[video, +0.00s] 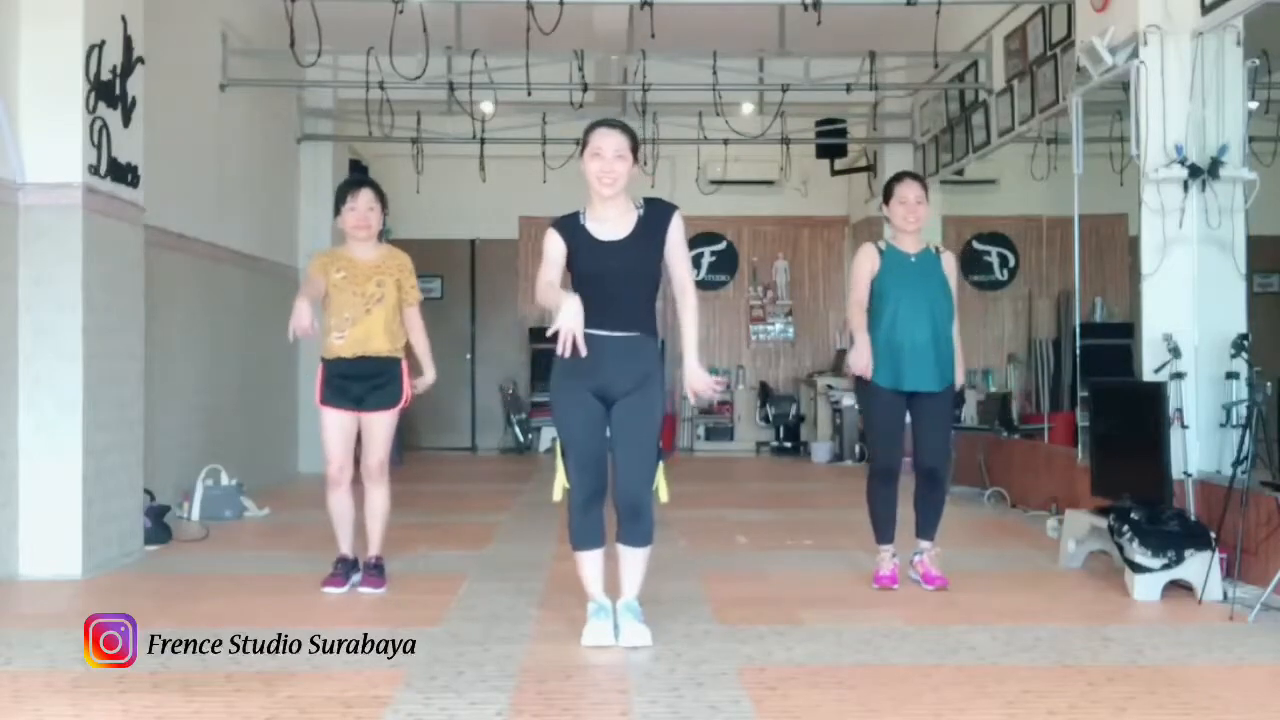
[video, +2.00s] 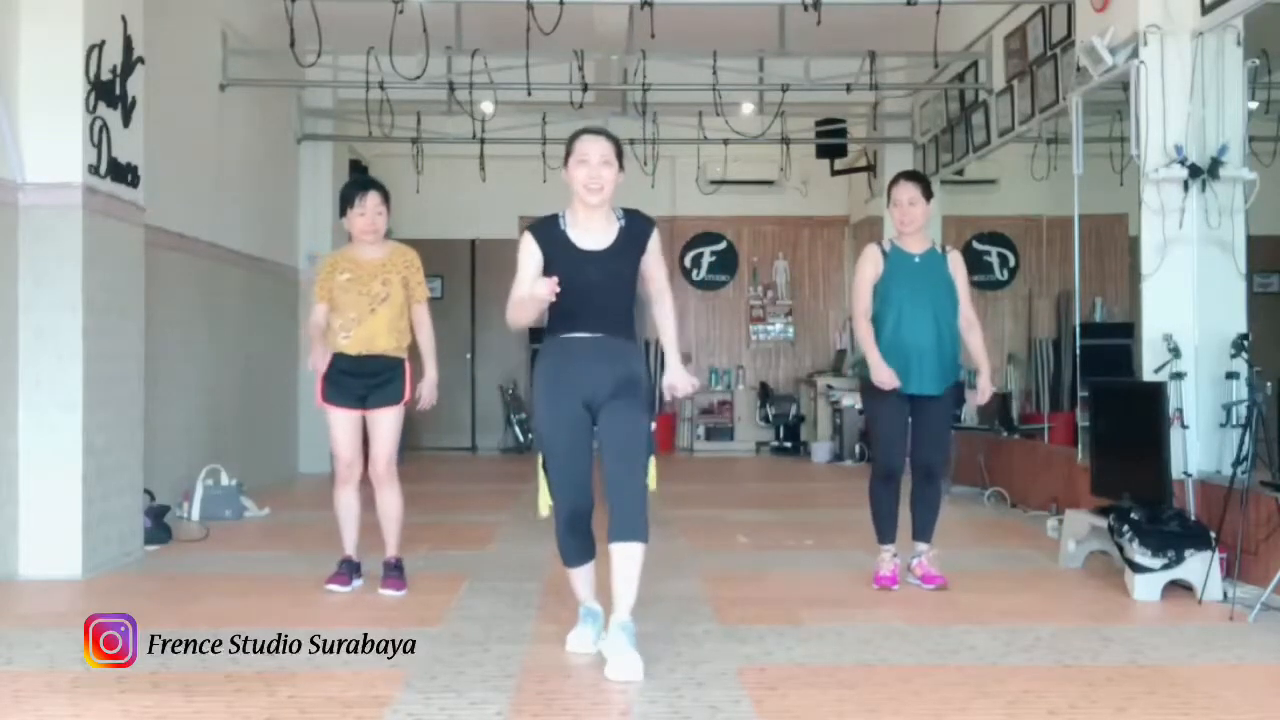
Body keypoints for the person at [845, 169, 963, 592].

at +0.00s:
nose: (912, 209)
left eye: (919, 202)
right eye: (903, 202)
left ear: (929, 208)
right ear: (887, 209)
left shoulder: (945, 261)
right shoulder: (871, 255)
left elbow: (951, 320)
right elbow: (856, 306)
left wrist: (958, 365)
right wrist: (860, 344)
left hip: (935, 378)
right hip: (883, 376)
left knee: (934, 466)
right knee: (884, 464)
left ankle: (924, 553)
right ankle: (885, 554)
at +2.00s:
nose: (903, 212)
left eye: (912, 203)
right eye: (896, 204)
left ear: (929, 208)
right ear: (888, 210)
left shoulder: (951, 260)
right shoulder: (874, 256)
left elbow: (967, 319)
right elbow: (860, 316)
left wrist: (983, 369)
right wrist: (876, 362)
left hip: (939, 383)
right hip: (888, 381)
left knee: (931, 468)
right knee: (887, 466)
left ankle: (922, 554)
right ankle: (887, 553)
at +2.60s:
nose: (895, 214)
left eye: (904, 206)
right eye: (888, 207)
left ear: (920, 212)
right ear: (879, 213)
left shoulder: (939, 265)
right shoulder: (862, 260)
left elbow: (948, 328)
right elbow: (840, 322)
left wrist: (950, 386)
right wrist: (833, 378)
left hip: (923, 385)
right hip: (867, 385)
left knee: (928, 468)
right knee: (877, 467)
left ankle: (922, 552)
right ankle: (885, 555)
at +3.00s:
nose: (890, 214)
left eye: (898, 207)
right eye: (882, 207)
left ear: (912, 211)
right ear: (873, 212)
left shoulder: (934, 262)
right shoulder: (856, 259)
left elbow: (949, 322)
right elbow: (835, 316)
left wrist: (957, 380)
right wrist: (849, 357)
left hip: (921, 383)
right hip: (868, 382)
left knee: (918, 467)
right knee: (878, 465)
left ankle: (907, 542)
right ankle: (886, 554)